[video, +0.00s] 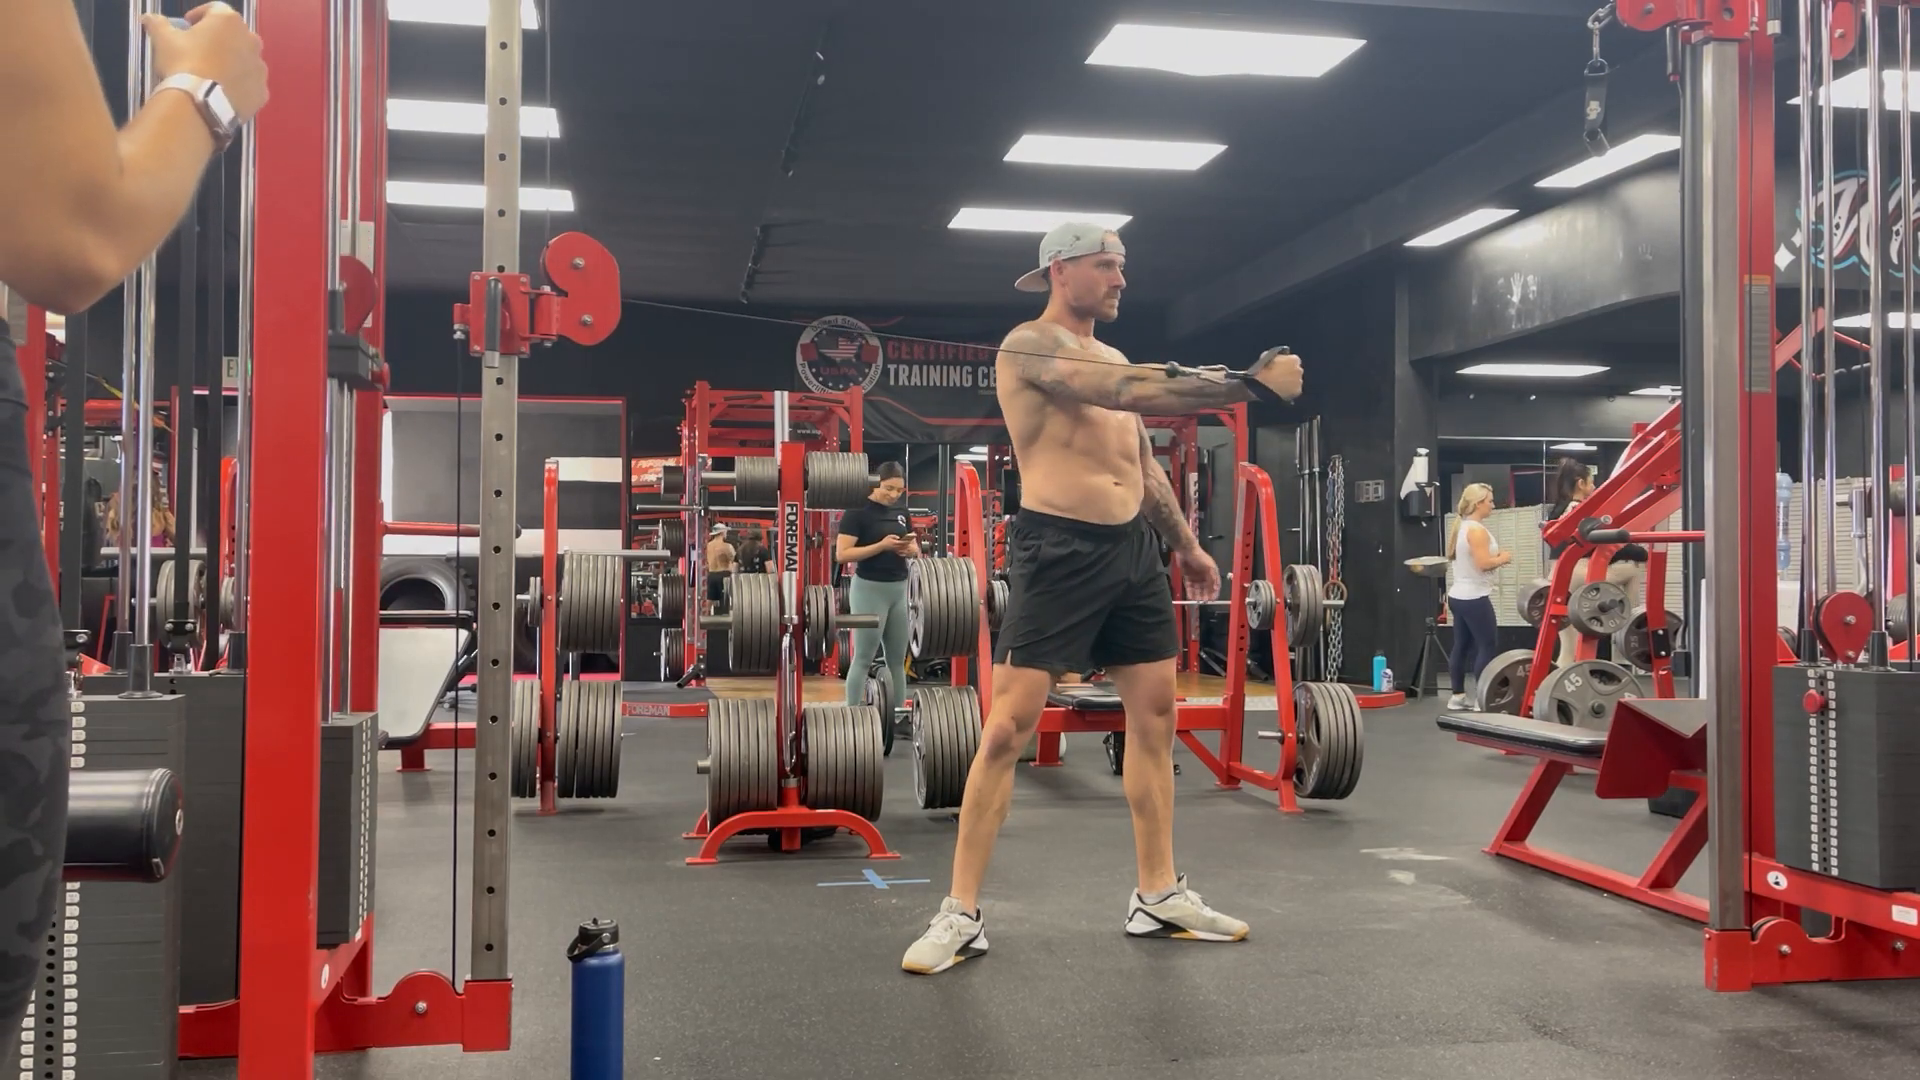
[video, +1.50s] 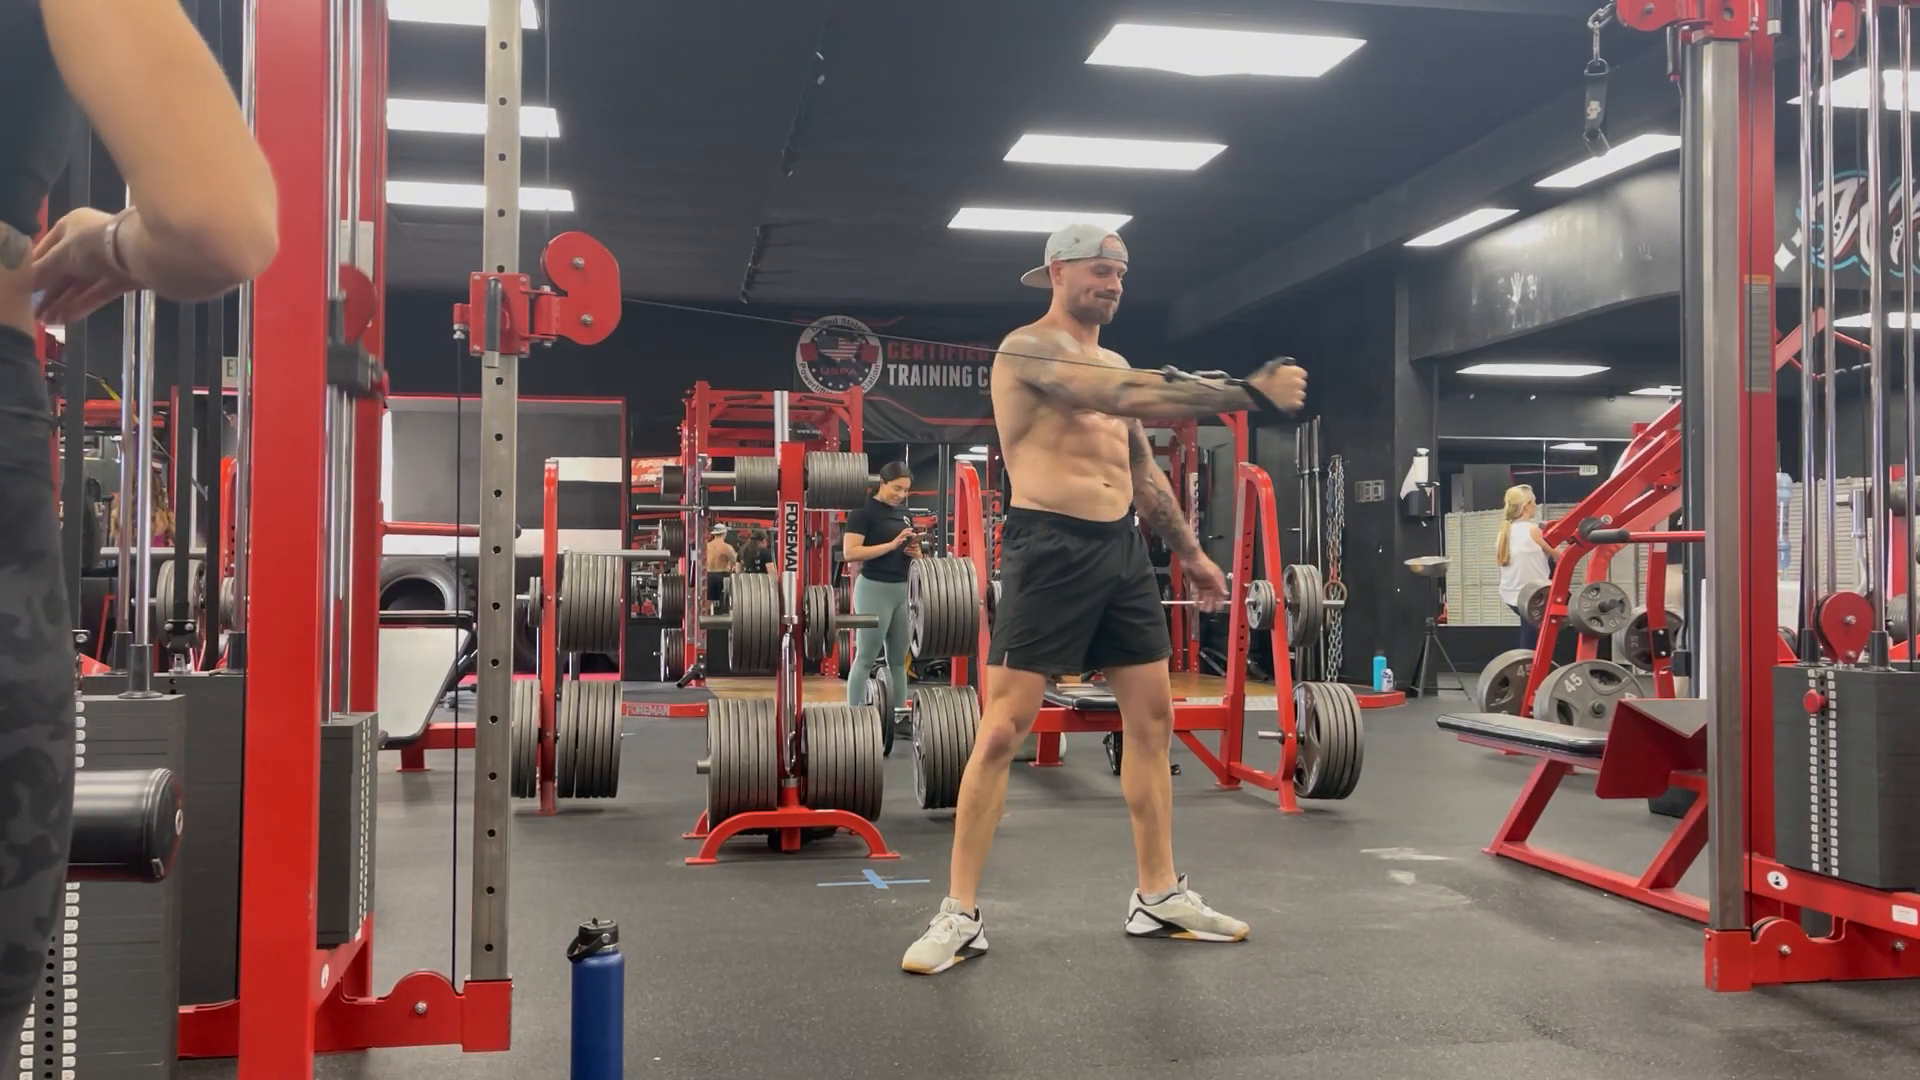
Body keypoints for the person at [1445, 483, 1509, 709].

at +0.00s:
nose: (1492, 505)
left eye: (1492, 501)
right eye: (1490, 501)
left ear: (1472, 504)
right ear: (1478, 504)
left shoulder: (1461, 527)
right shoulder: (1477, 530)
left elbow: (1463, 558)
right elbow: (1482, 563)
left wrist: (1496, 557)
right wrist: (1502, 559)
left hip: (1458, 595)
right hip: (1475, 598)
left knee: (1460, 645)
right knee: (1487, 646)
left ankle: (1458, 695)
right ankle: (1482, 697)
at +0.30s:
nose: (1495, 505)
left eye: (1495, 501)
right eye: (1493, 502)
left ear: (1473, 505)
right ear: (1482, 505)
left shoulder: (1462, 527)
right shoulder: (1484, 530)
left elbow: (1465, 558)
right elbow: (1498, 561)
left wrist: (1502, 559)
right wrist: (1512, 561)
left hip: (1461, 597)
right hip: (1483, 600)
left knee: (1461, 648)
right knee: (1503, 644)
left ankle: (1458, 695)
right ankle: (1503, 694)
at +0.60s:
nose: (1511, 504)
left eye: (1510, 500)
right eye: (1508, 501)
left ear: (1488, 505)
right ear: (1498, 504)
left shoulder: (1480, 529)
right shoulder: (1502, 531)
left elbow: (1479, 560)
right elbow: (1527, 560)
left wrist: (1515, 562)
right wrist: (1535, 565)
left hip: (1482, 600)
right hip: (1502, 600)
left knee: (1494, 646)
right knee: (1514, 649)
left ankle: (1471, 685)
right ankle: (1517, 695)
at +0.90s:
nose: (1524, 503)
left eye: (1522, 500)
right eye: (1521, 500)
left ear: (1499, 505)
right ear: (1514, 504)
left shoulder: (1490, 530)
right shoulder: (1521, 530)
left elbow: (1511, 565)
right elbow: (1543, 560)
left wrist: (1542, 573)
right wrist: (1556, 575)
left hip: (1488, 598)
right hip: (1509, 599)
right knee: (1518, 643)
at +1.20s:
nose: (1529, 503)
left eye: (1528, 499)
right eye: (1526, 500)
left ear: (1505, 505)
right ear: (1519, 505)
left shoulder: (1498, 529)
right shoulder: (1526, 529)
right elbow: (1549, 559)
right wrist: (1557, 576)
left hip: (1498, 597)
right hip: (1520, 598)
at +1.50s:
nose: (1535, 506)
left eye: (1534, 502)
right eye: (1533, 503)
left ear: (1512, 507)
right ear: (1526, 506)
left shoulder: (1504, 531)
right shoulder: (1533, 530)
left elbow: (1500, 561)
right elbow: (1553, 553)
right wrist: (1560, 554)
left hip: (1509, 595)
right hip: (1533, 595)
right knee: (1529, 640)